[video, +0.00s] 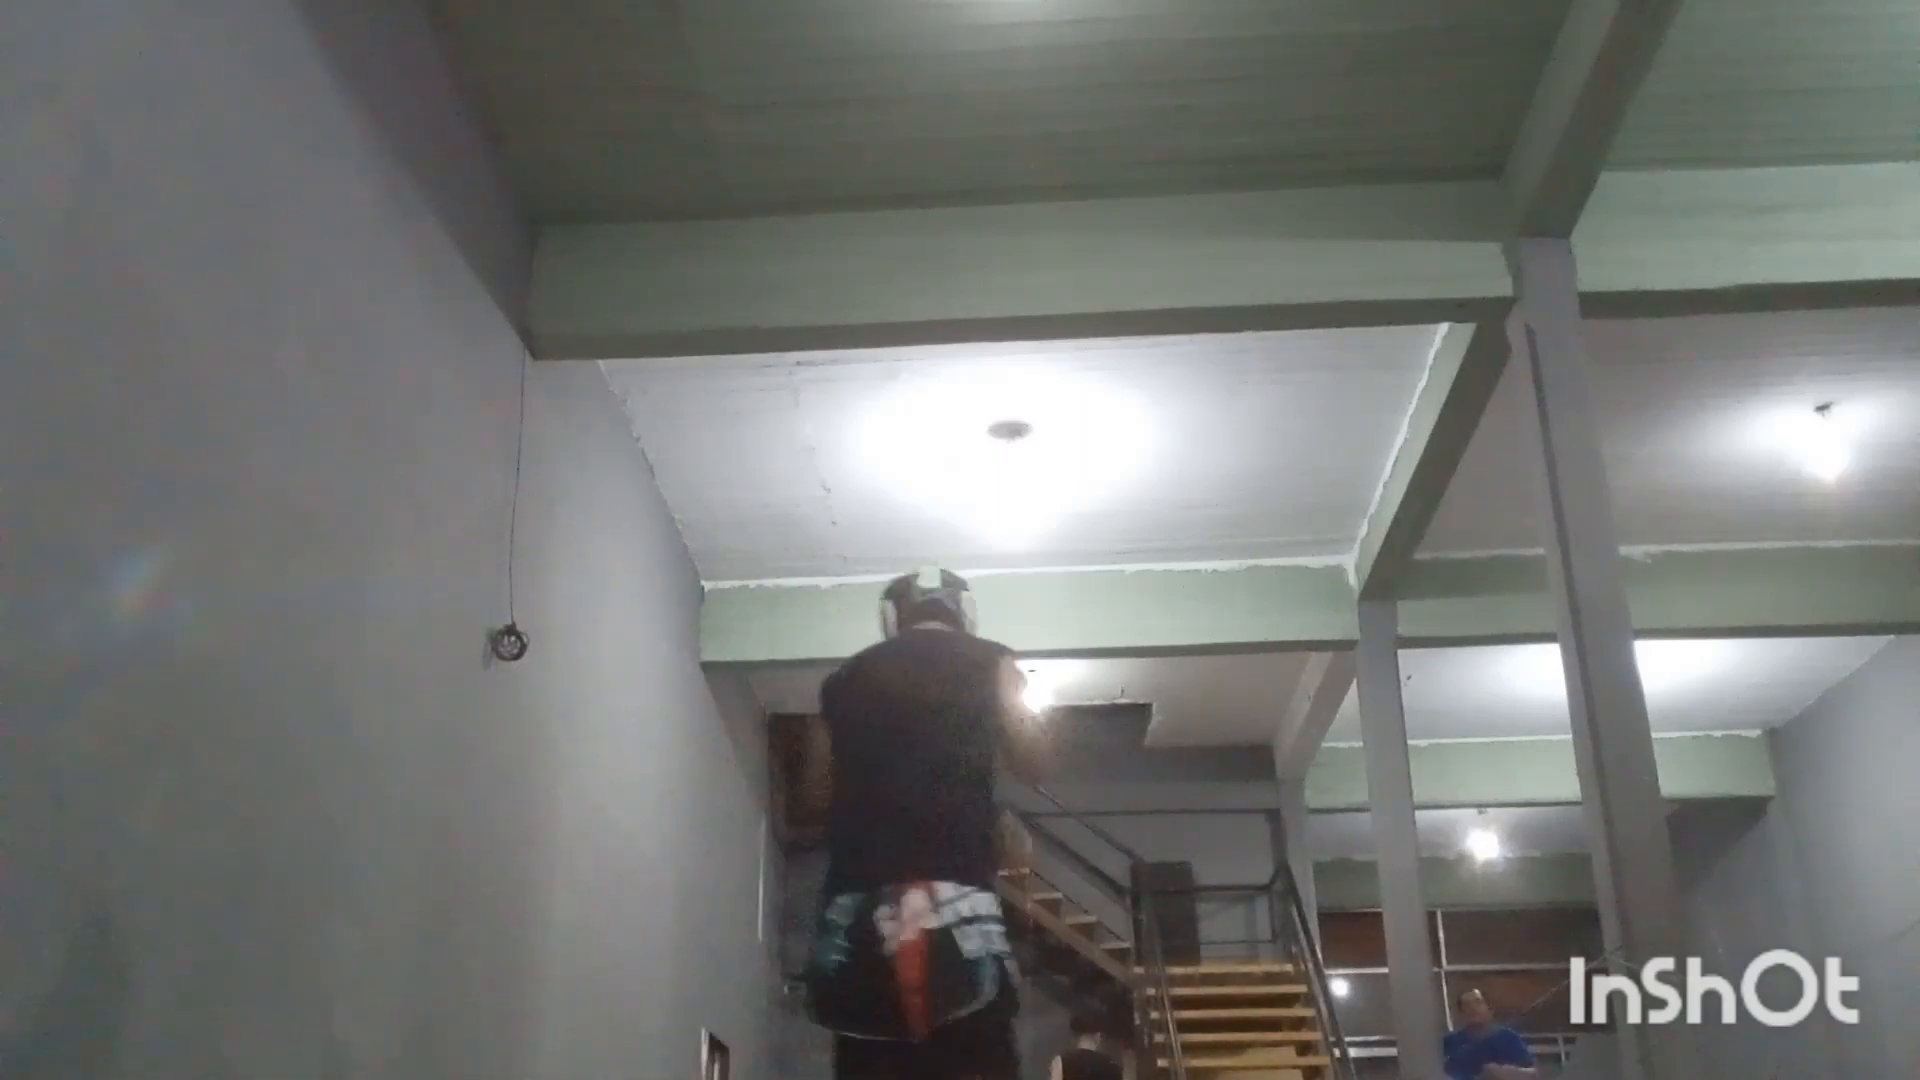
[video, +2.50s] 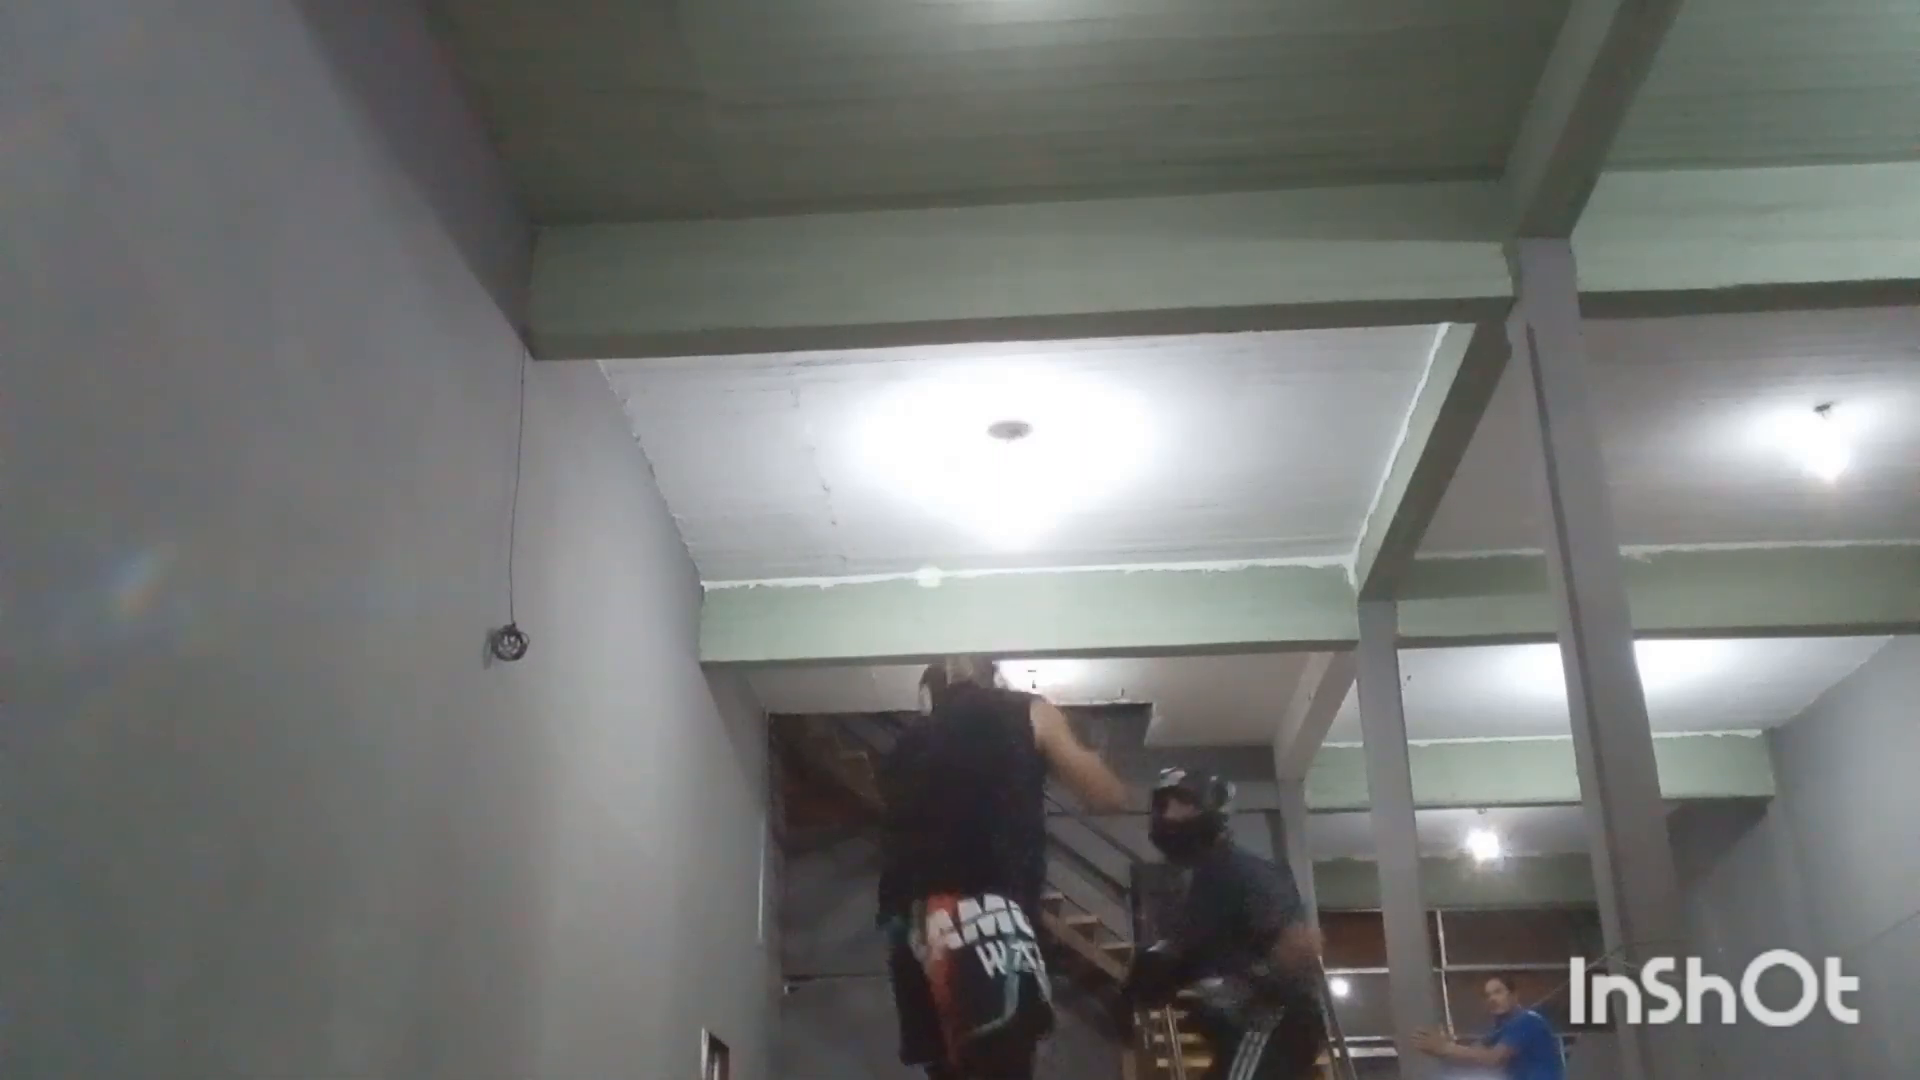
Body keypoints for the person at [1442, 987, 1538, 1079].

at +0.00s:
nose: (1474, 1009)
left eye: (1478, 1003)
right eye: (1467, 1005)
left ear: (1489, 1008)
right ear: (1461, 1013)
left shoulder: (1507, 1036)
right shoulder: (1452, 1041)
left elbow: (1532, 1072)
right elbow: (1449, 1072)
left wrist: (1499, 1071)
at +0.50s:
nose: (1486, 998)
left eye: (1493, 994)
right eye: (1482, 993)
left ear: (1506, 1003)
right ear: (1477, 999)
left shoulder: (1524, 1030)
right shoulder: (1468, 1034)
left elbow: (1548, 1070)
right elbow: (1454, 1070)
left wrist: (1508, 1069)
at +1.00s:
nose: (1489, 992)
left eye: (1497, 988)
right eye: (1487, 987)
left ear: (1511, 995)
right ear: (1482, 990)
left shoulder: (1525, 1024)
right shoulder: (1481, 1024)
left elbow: (1523, 1065)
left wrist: (1470, 1055)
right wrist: (1455, 1052)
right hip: (1481, 1075)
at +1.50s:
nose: (1471, 998)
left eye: (1478, 993)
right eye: (1470, 993)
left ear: (1497, 998)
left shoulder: (1512, 1023)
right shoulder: (1479, 1022)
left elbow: (1497, 1060)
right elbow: (1469, 1056)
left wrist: (1448, 1049)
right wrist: (1438, 1046)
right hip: (1484, 1075)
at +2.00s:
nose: (1484, 998)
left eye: (1490, 992)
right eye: (1482, 994)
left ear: (1506, 994)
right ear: (1480, 996)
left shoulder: (1523, 1020)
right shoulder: (1491, 1021)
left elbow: (1495, 1060)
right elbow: (1479, 1051)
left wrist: (1446, 1049)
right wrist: (1446, 1046)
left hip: (1532, 1075)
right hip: (1509, 1075)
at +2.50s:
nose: (1492, 999)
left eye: (1497, 992)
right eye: (1488, 995)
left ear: (1513, 994)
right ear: (1486, 999)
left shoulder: (1526, 1022)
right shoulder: (1505, 1023)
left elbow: (1496, 1058)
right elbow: (1484, 1050)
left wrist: (1444, 1048)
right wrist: (1449, 1046)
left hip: (1541, 1076)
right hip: (1521, 1075)